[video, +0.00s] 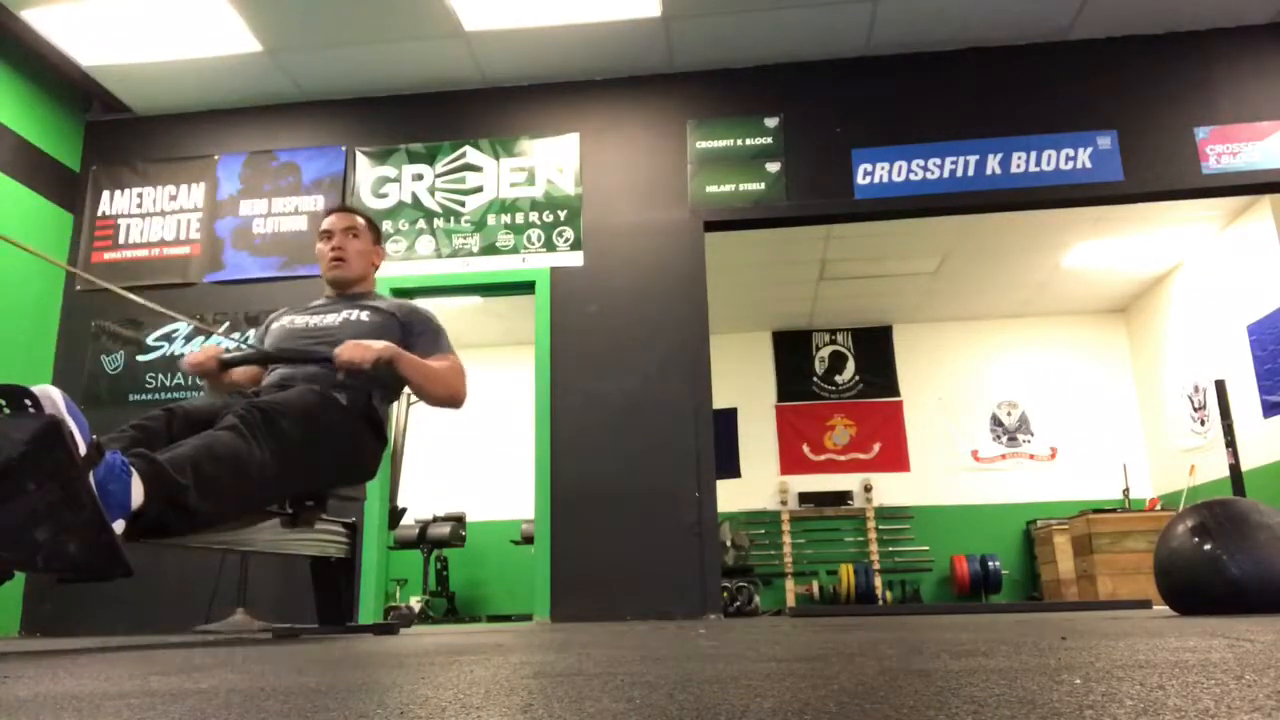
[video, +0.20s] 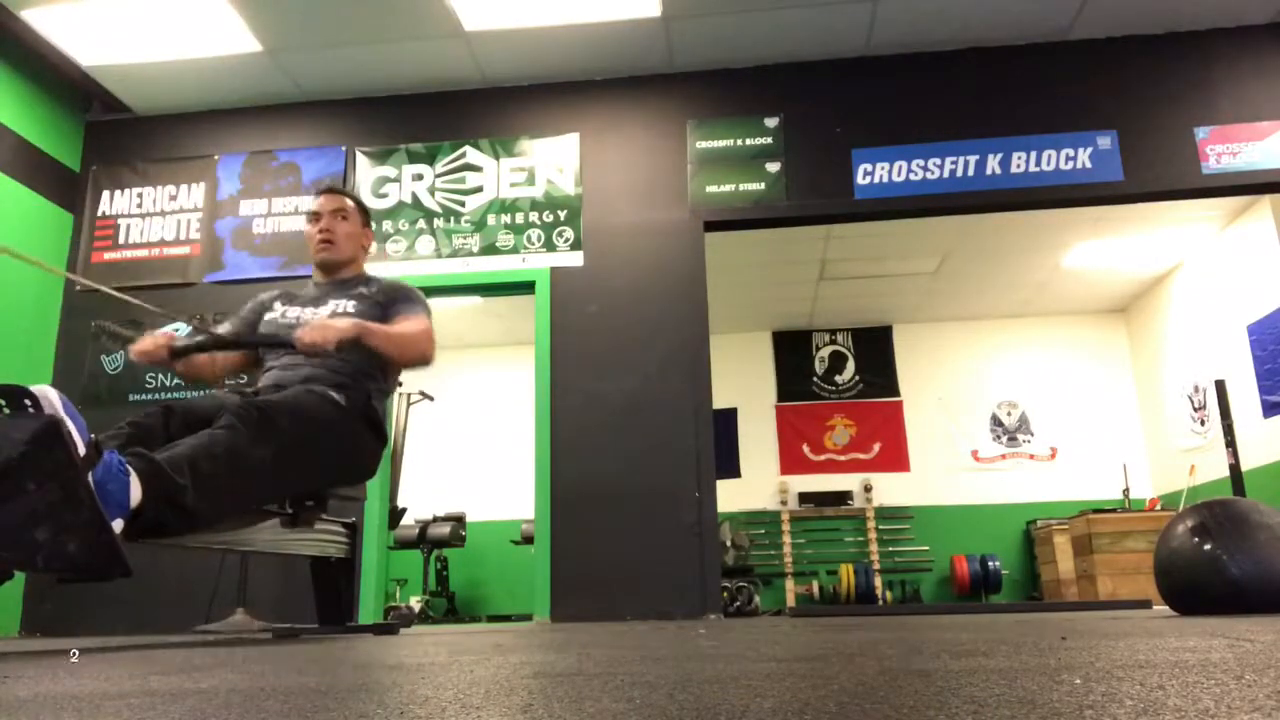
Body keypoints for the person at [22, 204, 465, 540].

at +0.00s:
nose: (336, 244)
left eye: (350, 235)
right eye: (327, 237)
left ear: (377, 253)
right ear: (317, 254)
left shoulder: (406, 316)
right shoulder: (289, 319)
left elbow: (454, 391)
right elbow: (254, 379)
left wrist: (390, 353)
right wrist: (213, 371)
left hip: (342, 413)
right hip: (271, 408)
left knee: (250, 435)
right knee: (171, 420)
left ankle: (125, 491)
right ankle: (92, 475)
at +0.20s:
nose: (324, 225)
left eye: (339, 217)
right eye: (316, 219)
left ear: (367, 238)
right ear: (307, 236)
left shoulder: (390, 294)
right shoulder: (278, 302)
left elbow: (421, 346)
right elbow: (223, 362)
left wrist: (356, 328)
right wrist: (172, 355)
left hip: (342, 407)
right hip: (265, 400)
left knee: (249, 427)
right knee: (169, 418)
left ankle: (128, 488)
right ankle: (88, 460)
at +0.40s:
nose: (300, 201)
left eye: (317, 191)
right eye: (292, 193)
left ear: (345, 211)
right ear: (283, 209)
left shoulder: (376, 267)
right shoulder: (259, 280)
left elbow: (395, 311)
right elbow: (192, 318)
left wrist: (324, 297)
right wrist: (132, 320)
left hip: (343, 411)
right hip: (259, 408)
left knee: (247, 397)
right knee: (157, 397)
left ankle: (124, 493)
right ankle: (87, 489)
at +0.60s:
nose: (260, 171)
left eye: (278, 160)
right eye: (250, 162)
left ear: (309, 184)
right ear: (239, 181)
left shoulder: (341, 242)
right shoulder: (218, 253)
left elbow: (365, 287)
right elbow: (141, 291)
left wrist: (280, 275)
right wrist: (74, 296)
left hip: (322, 421)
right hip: (226, 420)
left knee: (241, 339)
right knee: (119, 338)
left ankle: (122, 488)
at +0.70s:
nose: (229, 152)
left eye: (249, 140)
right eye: (219, 142)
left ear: (285, 164)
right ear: (209, 162)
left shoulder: (316, 224)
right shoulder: (192, 238)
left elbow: (342, 272)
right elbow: (105, 272)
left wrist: (243, 264)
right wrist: (30, 283)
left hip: (301, 418)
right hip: (199, 419)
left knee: (233, 314)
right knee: (106, 312)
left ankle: (123, 478)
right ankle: (23, 450)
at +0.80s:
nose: (196, 130)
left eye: (216, 116)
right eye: (183, 119)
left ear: (252, 137)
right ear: (172, 139)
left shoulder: (294, 204)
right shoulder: (161, 220)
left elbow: (315, 253)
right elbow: (62, 254)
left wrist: (200, 251)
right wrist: (15, 262)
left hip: (282, 413)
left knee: (220, 284)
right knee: (73, 284)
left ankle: (124, 466)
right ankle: (16, 442)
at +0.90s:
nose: (157, 107)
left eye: (180, 92)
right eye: (144, 96)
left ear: (223, 117)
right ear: (133, 117)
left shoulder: (266, 180)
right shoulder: (113, 197)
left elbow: (281, 233)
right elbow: (12, 233)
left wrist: (159, 227)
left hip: (261, 407)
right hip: (144, 404)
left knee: (208, 256)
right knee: (30, 265)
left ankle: (124, 458)